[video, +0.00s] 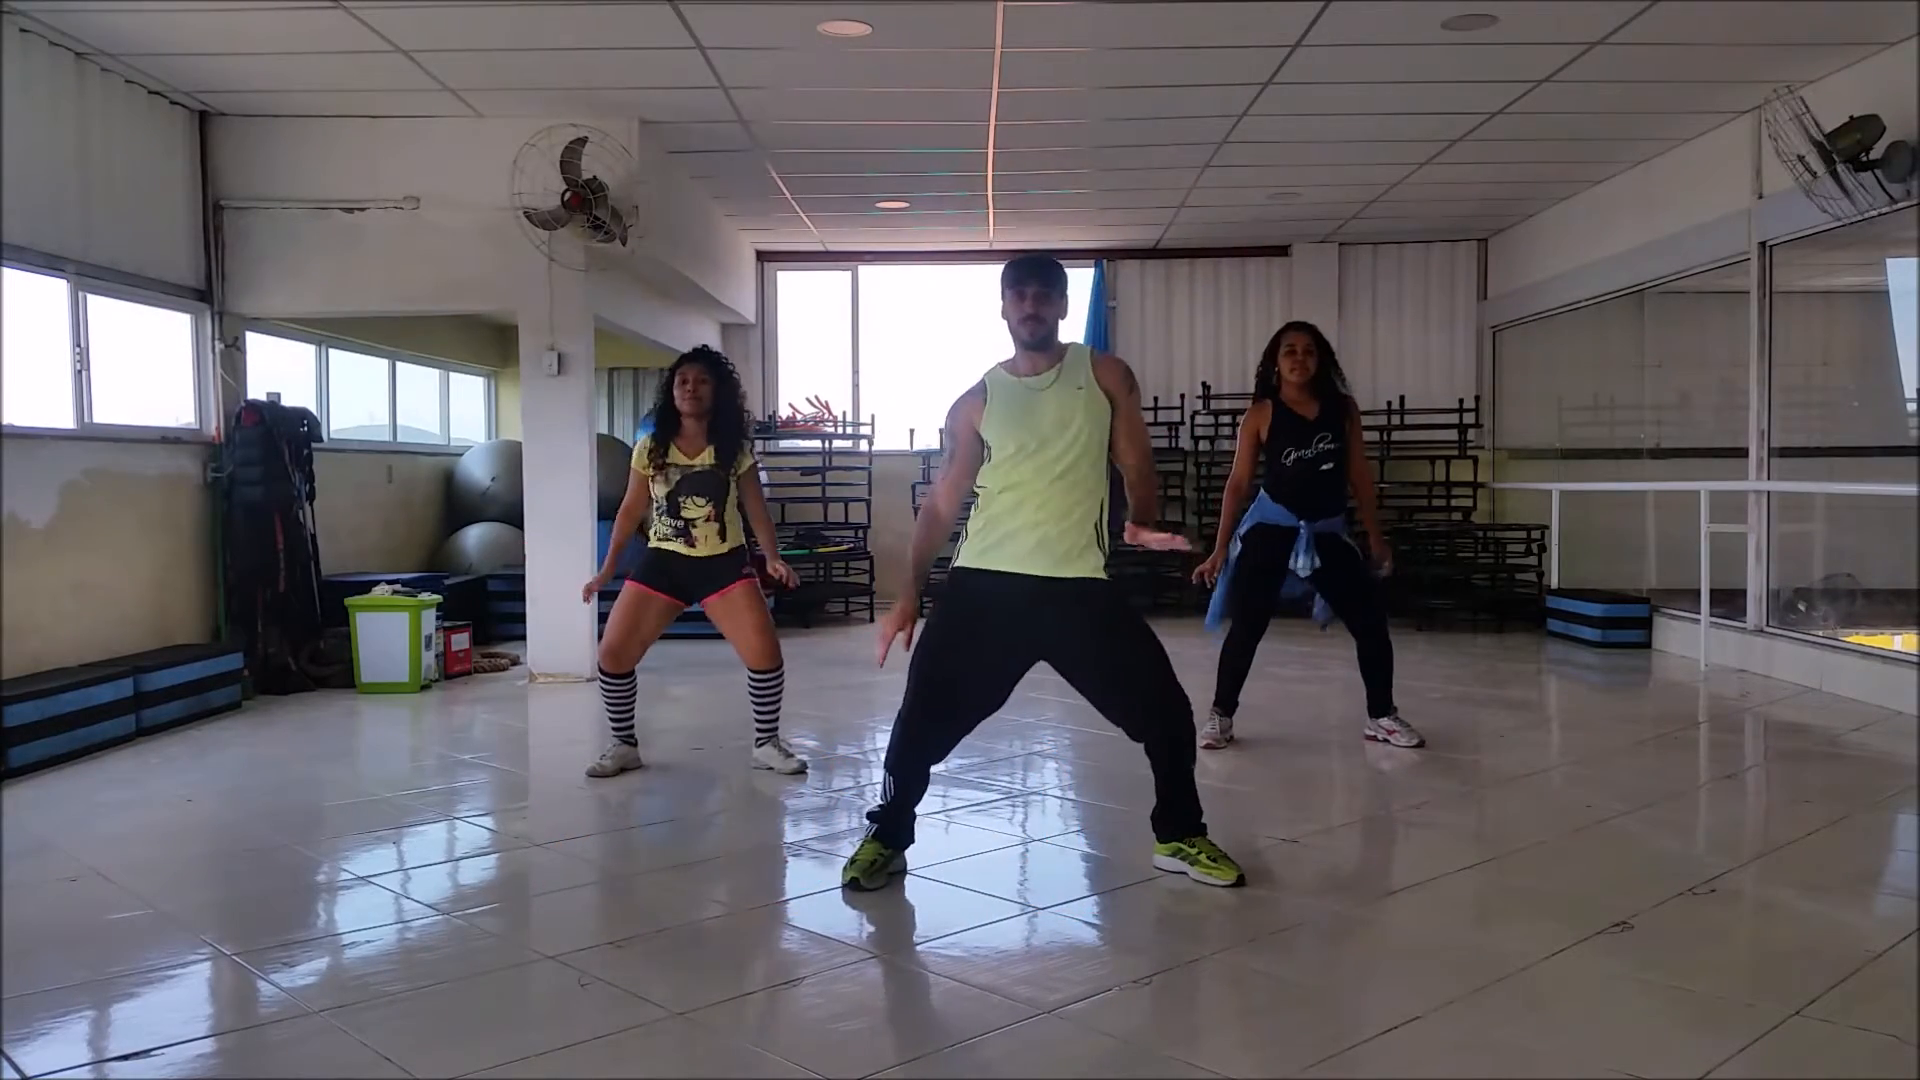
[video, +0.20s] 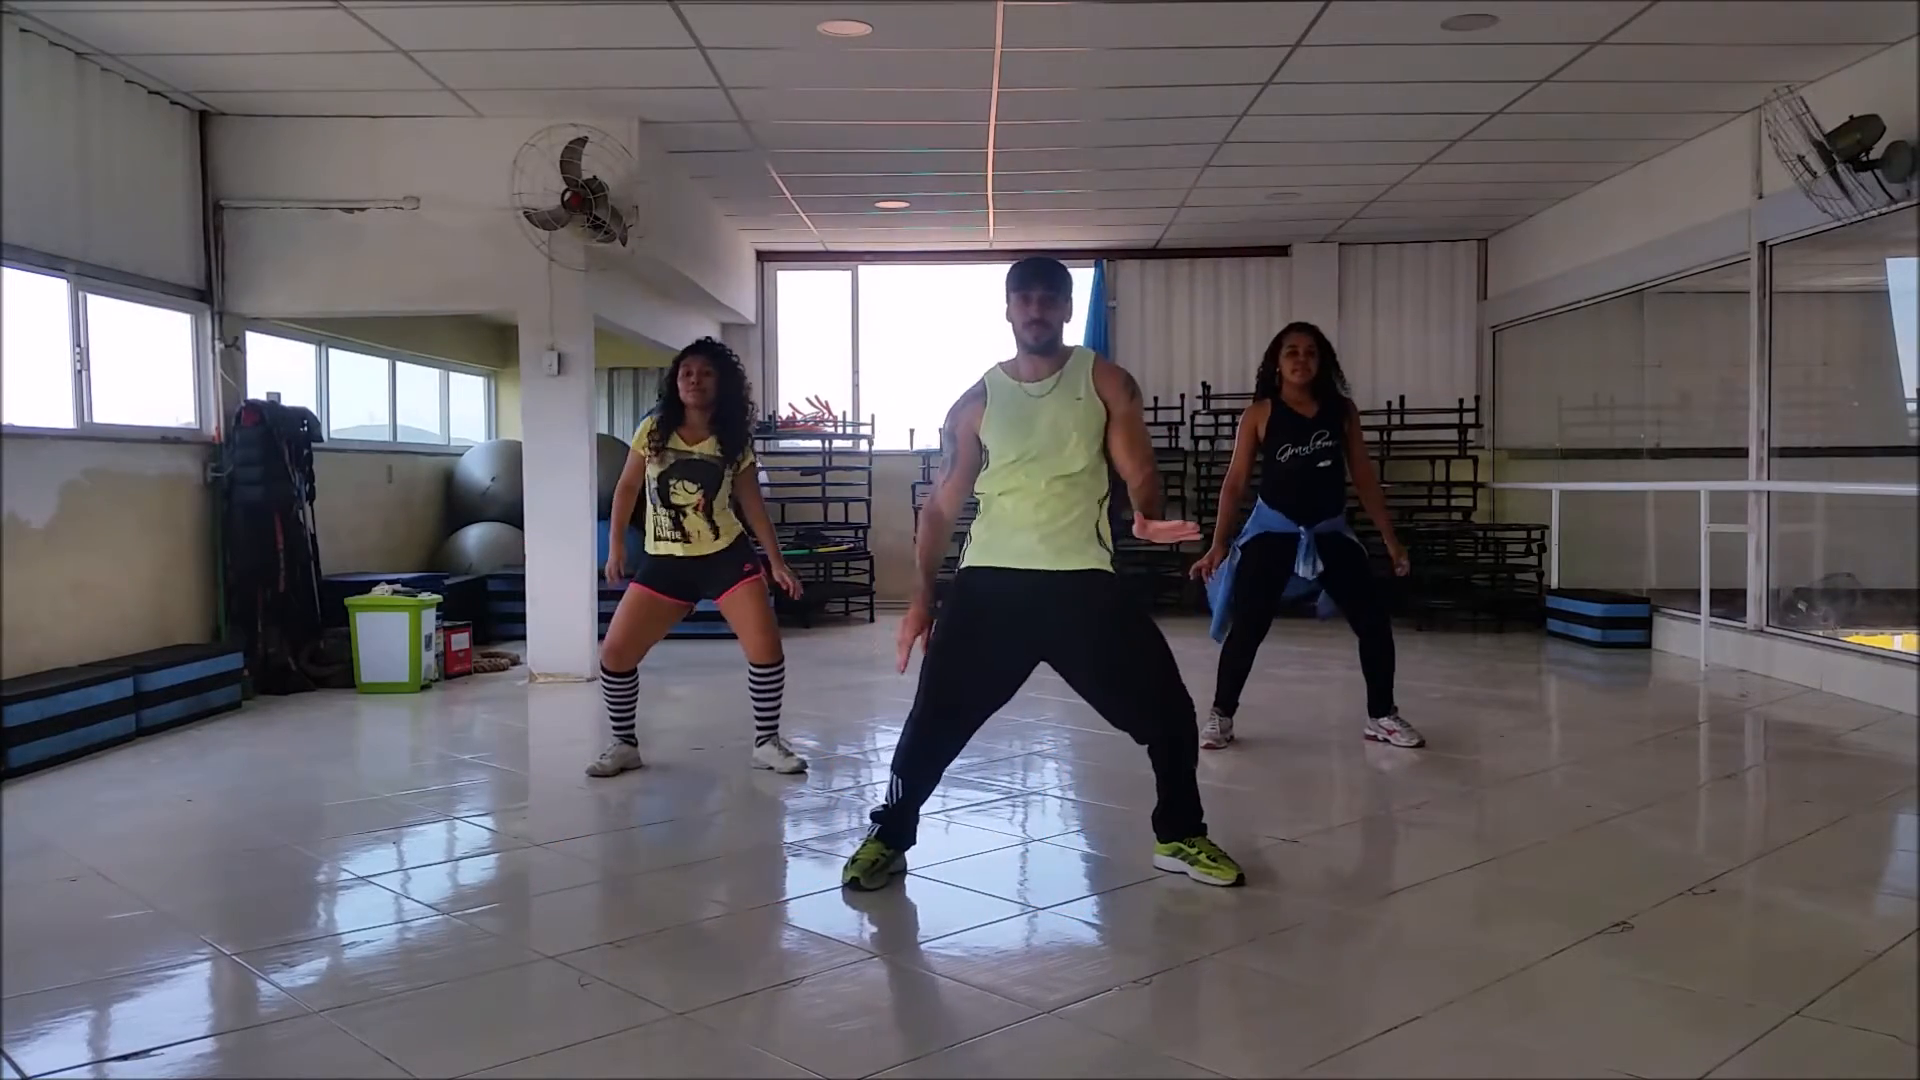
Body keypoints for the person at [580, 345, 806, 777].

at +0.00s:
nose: (689, 388)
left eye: (701, 382)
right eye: (682, 381)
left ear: (718, 392)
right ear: (672, 389)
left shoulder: (734, 449)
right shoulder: (651, 446)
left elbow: (756, 509)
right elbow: (630, 510)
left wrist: (772, 556)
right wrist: (608, 568)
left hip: (724, 567)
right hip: (662, 566)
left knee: (765, 653)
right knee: (613, 653)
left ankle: (767, 744)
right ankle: (624, 746)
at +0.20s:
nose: (694, 380)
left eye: (705, 374)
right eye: (686, 373)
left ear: (722, 385)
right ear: (676, 381)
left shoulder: (734, 439)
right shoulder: (654, 429)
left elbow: (753, 504)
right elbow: (627, 487)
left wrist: (775, 560)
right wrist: (616, 545)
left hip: (729, 560)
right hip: (667, 563)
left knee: (766, 647)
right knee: (616, 652)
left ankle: (767, 744)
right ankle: (624, 745)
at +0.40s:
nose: (687, 378)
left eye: (698, 371)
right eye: (680, 371)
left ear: (716, 380)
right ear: (670, 380)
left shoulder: (737, 437)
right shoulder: (655, 434)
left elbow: (756, 499)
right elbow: (634, 490)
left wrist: (755, 550)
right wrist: (596, 521)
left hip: (723, 563)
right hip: (658, 562)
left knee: (770, 649)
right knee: (616, 651)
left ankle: (767, 744)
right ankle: (624, 745)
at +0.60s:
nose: (689, 393)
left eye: (699, 386)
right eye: (681, 386)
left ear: (718, 395)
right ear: (671, 395)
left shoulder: (735, 451)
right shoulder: (651, 452)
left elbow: (761, 511)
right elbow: (622, 515)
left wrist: (759, 560)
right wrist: (582, 565)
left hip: (721, 569)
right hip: (657, 570)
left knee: (768, 653)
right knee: (611, 655)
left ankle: (767, 745)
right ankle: (623, 746)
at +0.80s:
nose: (692, 379)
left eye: (704, 373)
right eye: (685, 372)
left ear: (721, 384)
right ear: (675, 382)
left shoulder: (731, 439)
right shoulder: (651, 428)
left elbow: (752, 501)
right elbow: (620, 486)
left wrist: (779, 555)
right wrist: (613, 549)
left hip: (727, 555)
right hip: (666, 561)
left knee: (764, 643)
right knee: (614, 650)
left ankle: (768, 743)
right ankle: (623, 745)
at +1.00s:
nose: (684, 366)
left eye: (694, 359)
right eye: (676, 360)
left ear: (713, 367)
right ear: (666, 369)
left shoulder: (734, 422)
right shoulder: (655, 422)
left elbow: (753, 488)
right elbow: (637, 483)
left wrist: (768, 545)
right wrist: (606, 524)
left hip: (724, 545)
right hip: (660, 544)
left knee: (761, 644)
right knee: (625, 643)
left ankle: (767, 743)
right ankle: (624, 743)